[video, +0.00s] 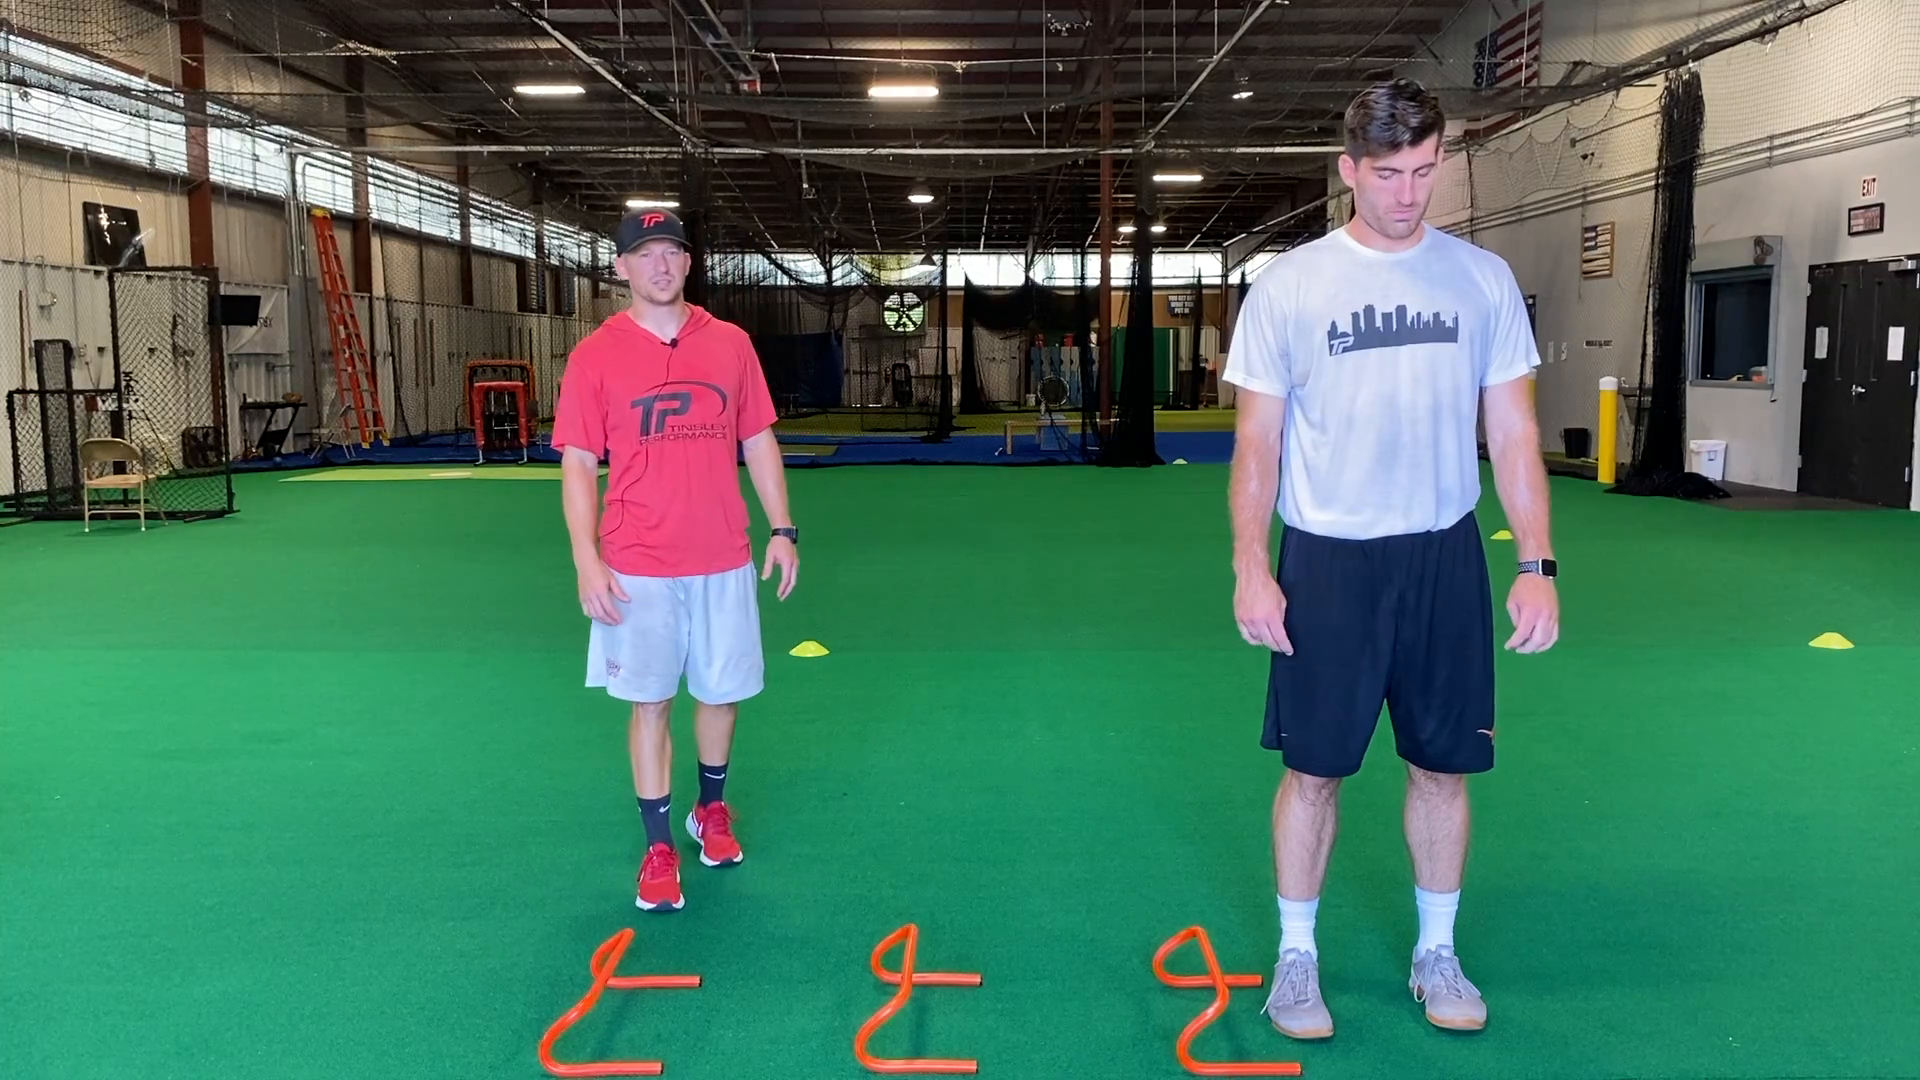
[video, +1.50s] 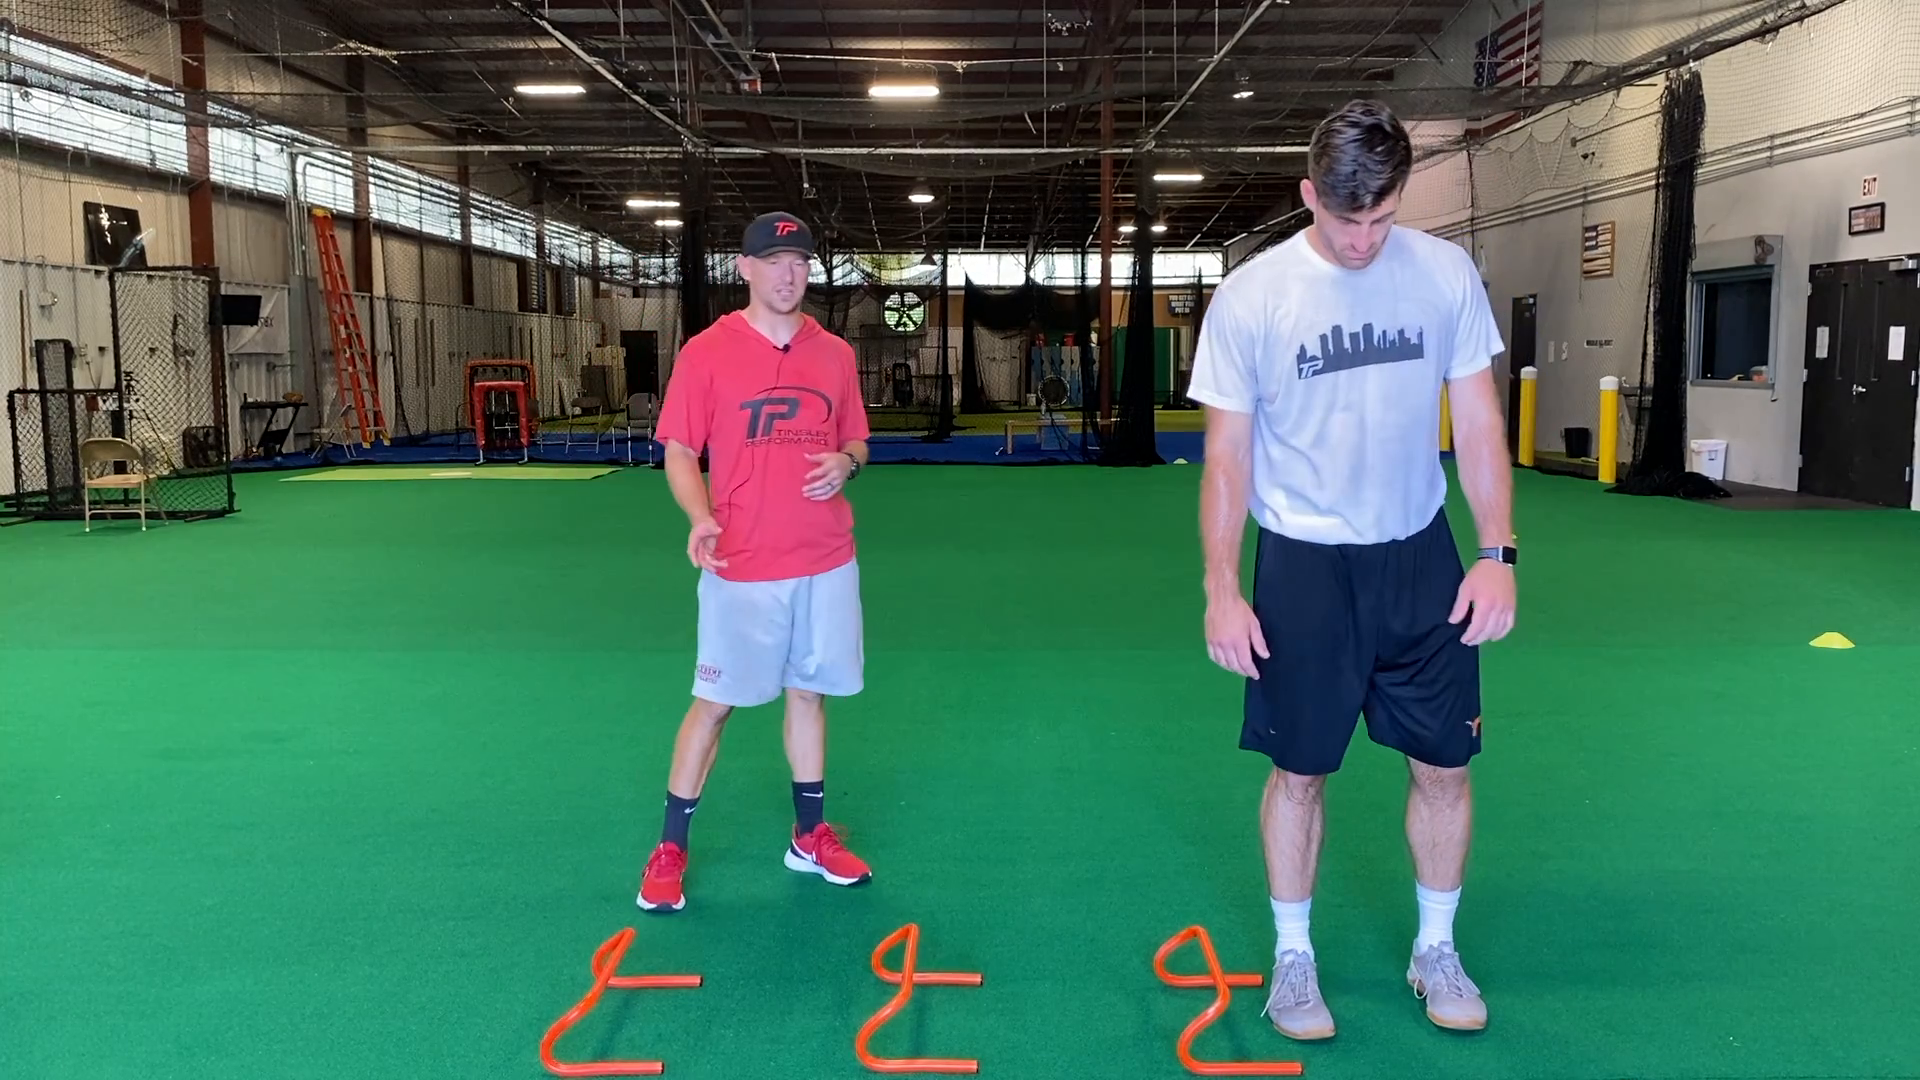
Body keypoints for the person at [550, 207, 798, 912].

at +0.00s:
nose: (663, 264)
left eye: (673, 252)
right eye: (648, 254)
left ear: (689, 263)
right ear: (622, 266)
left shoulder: (729, 344)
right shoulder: (595, 357)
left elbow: (758, 440)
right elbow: (578, 465)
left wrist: (782, 527)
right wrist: (586, 560)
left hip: (722, 559)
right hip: (636, 564)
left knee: (719, 691)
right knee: (650, 700)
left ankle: (712, 809)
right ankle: (659, 846)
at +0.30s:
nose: (651, 262)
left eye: (659, 251)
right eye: (634, 253)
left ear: (674, 261)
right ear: (607, 267)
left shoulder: (713, 343)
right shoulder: (579, 360)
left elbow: (741, 437)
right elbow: (566, 473)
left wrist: (758, 511)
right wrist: (585, 570)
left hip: (718, 563)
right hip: (633, 574)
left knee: (741, 690)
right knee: (645, 705)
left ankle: (710, 794)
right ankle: (658, 847)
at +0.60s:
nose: (656, 266)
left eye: (664, 254)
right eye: (639, 256)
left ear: (675, 263)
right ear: (607, 268)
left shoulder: (711, 340)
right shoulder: (581, 363)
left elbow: (741, 432)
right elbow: (568, 477)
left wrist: (756, 493)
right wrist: (597, 572)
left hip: (723, 566)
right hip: (639, 577)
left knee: (736, 697)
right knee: (646, 710)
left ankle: (730, 834)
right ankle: (659, 850)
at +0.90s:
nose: (688, 275)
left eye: (692, 261)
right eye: (671, 265)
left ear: (698, 265)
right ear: (630, 272)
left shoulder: (730, 339)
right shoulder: (603, 362)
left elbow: (757, 426)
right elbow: (586, 472)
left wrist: (776, 472)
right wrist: (643, 542)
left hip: (741, 561)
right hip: (655, 571)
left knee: (772, 692)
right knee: (656, 707)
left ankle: (796, 830)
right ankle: (661, 850)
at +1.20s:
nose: (737, 275)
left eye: (743, 261)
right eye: (720, 264)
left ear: (751, 266)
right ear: (685, 271)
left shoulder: (784, 347)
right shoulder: (653, 359)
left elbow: (814, 429)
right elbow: (635, 461)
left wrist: (817, 456)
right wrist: (677, 515)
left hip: (780, 561)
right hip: (695, 567)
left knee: (788, 695)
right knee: (680, 704)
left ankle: (809, 834)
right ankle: (664, 850)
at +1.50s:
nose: (788, 273)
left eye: (798, 261)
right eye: (774, 261)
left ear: (810, 271)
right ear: (744, 268)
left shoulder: (836, 356)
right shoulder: (706, 353)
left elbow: (854, 442)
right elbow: (678, 451)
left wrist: (847, 459)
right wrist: (700, 515)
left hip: (823, 560)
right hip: (740, 564)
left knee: (808, 691)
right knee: (714, 700)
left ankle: (810, 833)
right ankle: (671, 849)